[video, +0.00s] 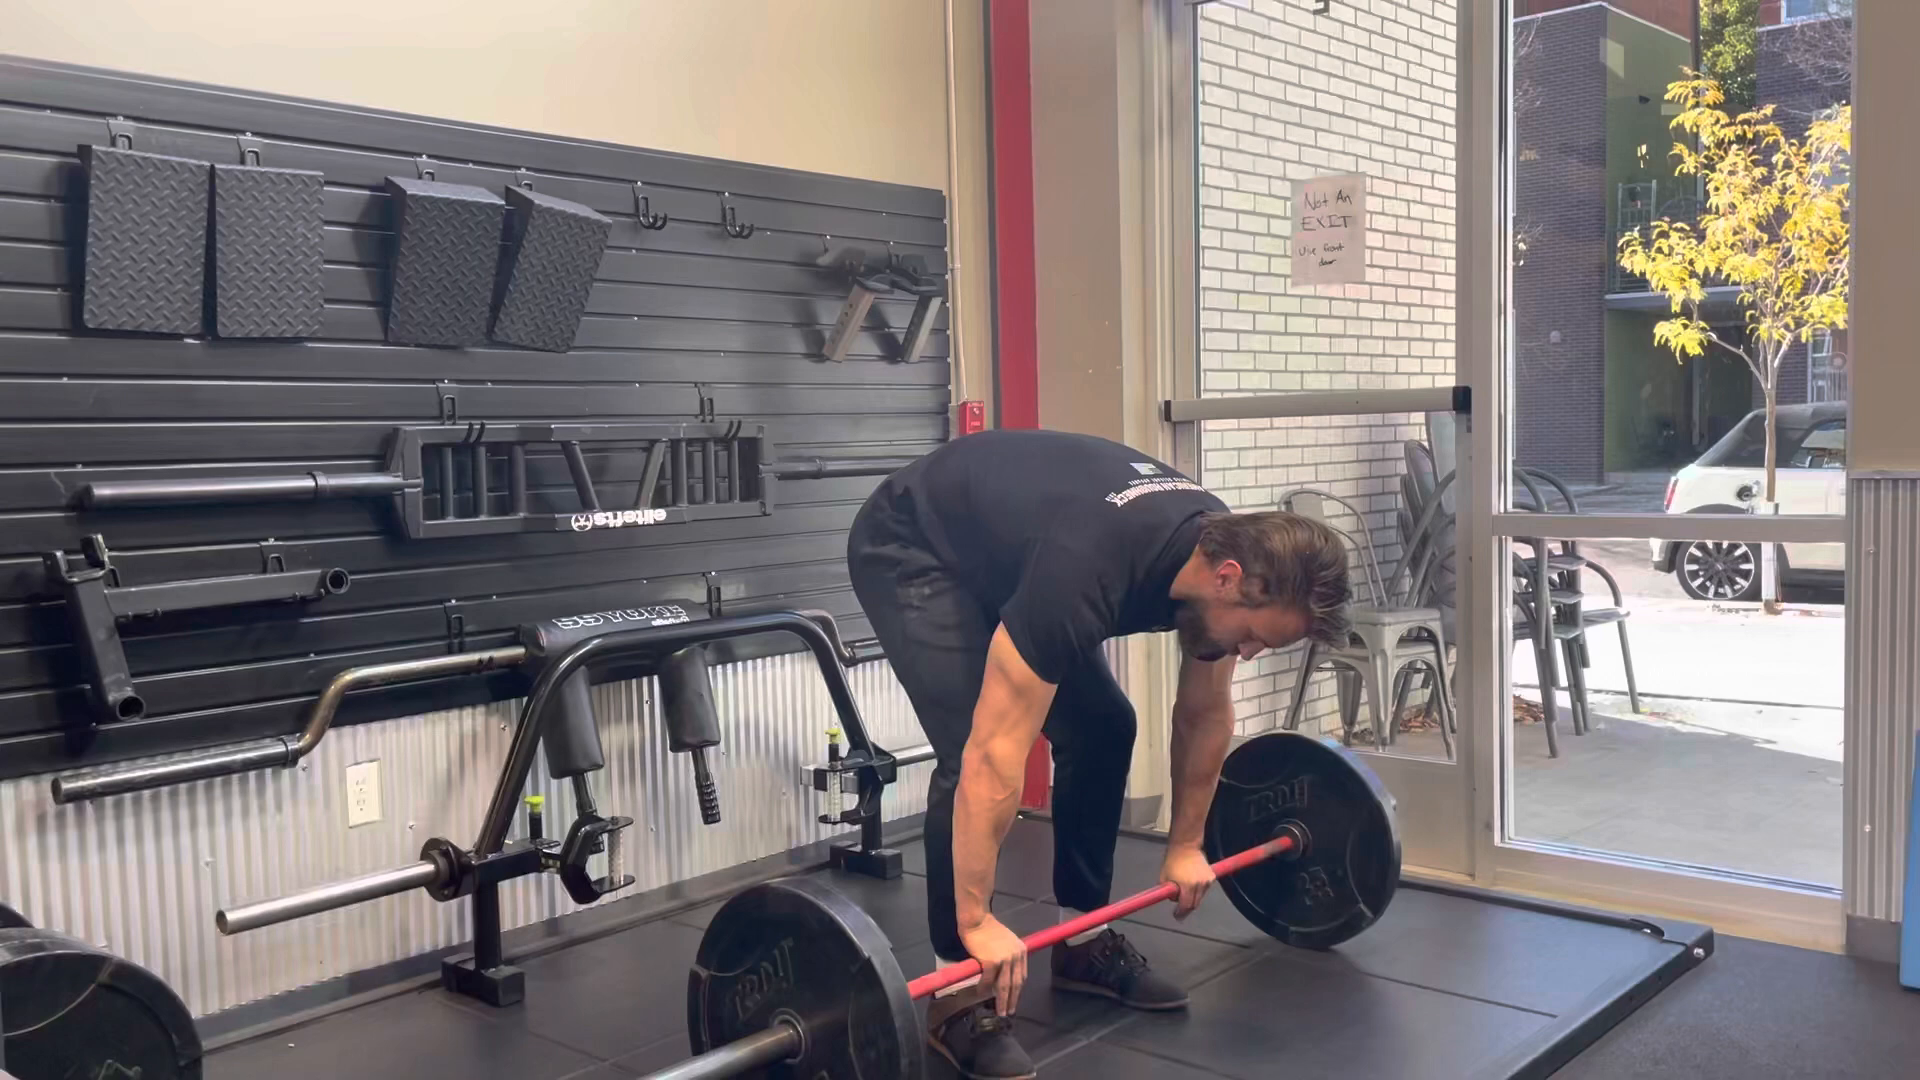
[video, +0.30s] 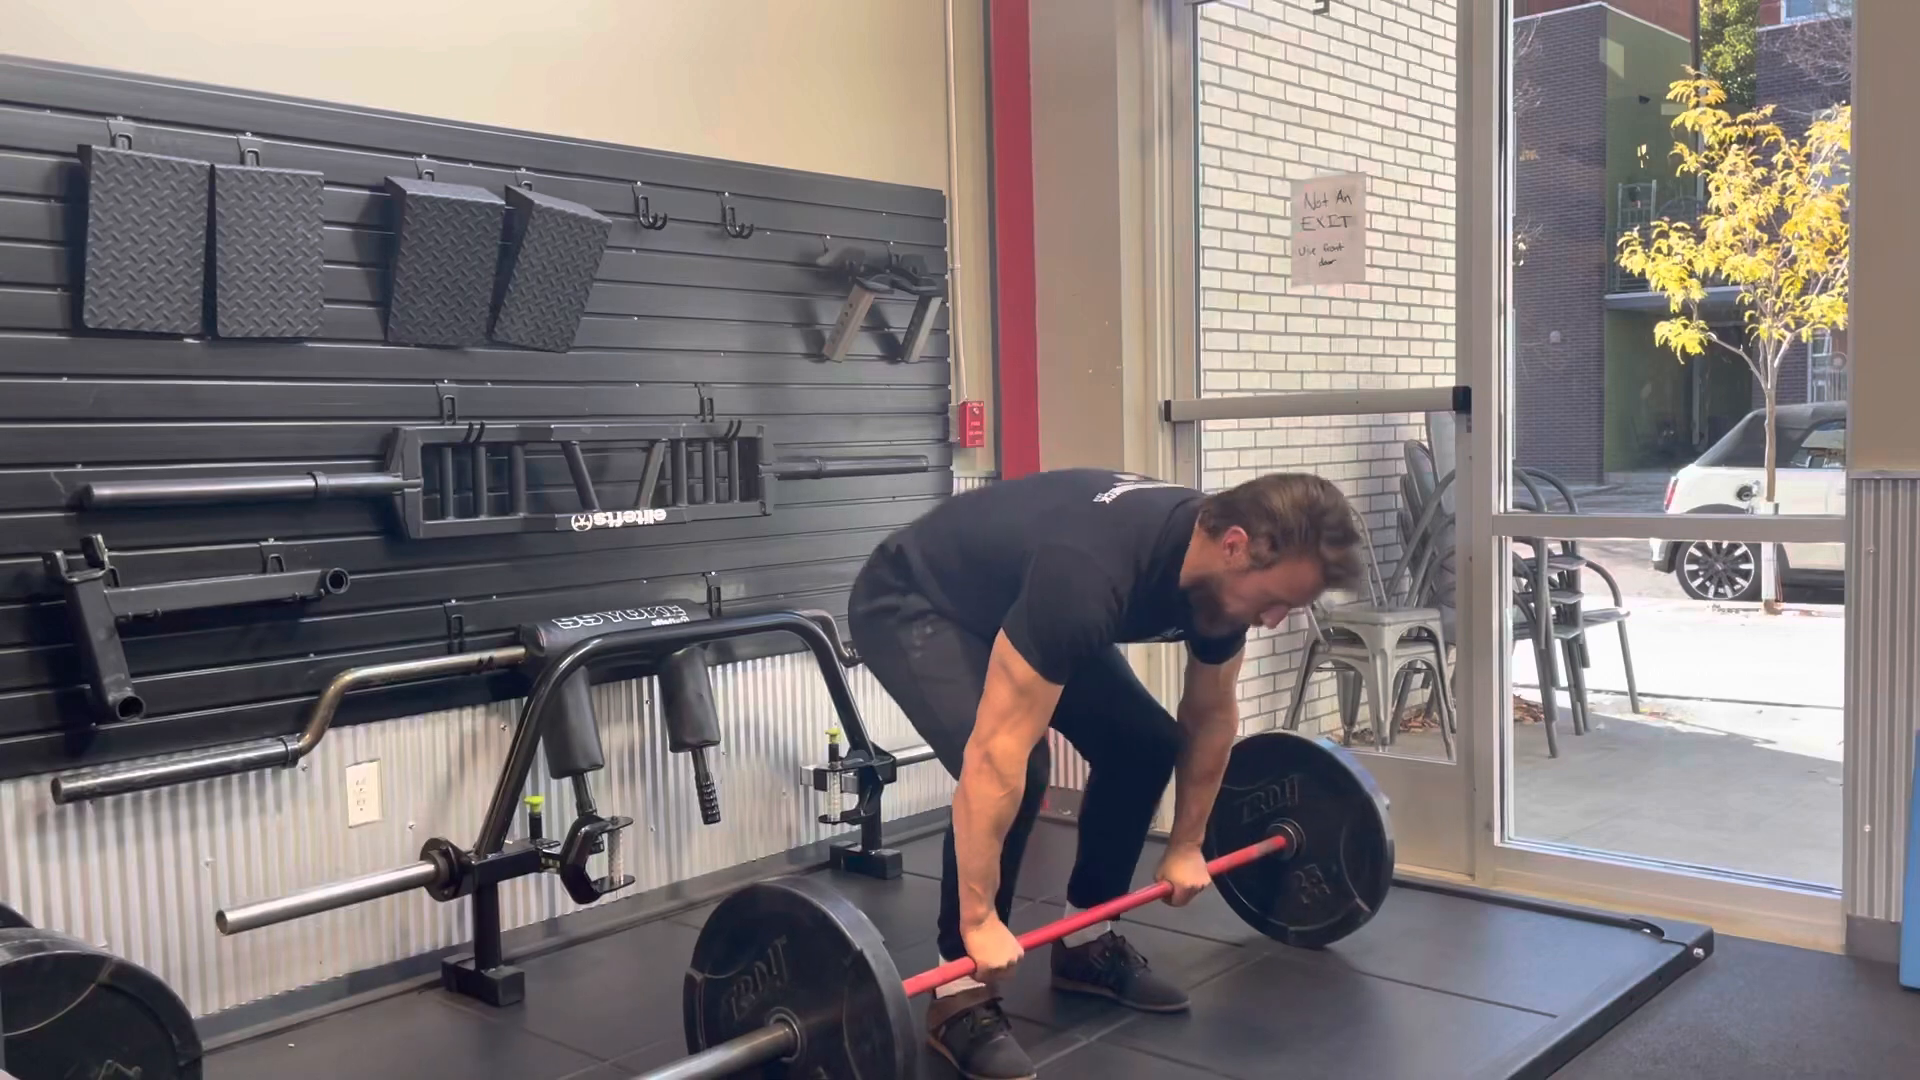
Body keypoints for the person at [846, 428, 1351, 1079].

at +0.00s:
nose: (1246, 654)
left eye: (1264, 647)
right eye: (1254, 637)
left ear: (1233, 576)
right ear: (1226, 578)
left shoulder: (1220, 567)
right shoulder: (1078, 570)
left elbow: (1204, 711)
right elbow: (992, 754)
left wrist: (1185, 845)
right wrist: (972, 918)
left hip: (1011, 557)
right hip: (909, 546)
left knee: (1103, 724)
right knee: (971, 760)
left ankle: (1085, 940)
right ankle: (965, 1001)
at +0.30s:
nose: (1273, 621)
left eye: (1288, 609)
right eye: (1275, 601)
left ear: (1236, 546)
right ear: (1232, 547)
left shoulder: (1220, 581)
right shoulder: (1083, 572)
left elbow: (1210, 712)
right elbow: (992, 754)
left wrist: (1186, 845)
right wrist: (977, 920)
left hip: (1021, 604)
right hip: (911, 602)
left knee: (1145, 744)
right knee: (1012, 775)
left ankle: (1087, 944)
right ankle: (960, 999)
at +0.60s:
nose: (1278, 571)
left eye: (1290, 552)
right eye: (1274, 547)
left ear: (1218, 508)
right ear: (1218, 504)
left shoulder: (1218, 582)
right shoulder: (1084, 588)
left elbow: (1201, 708)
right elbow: (977, 756)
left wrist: (1184, 842)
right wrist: (963, 914)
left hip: (1025, 668)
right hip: (913, 670)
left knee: (1177, 762)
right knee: (1038, 795)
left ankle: (1091, 944)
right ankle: (963, 1004)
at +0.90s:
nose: (1284, 560)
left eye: (1295, 537)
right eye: (1278, 533)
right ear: (1214, 502)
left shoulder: (1218, 584)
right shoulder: (1077, 581)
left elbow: (1201, 712)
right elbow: (979, 754)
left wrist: (1183, 841)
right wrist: (970, 918)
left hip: (1019, 655)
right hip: (909, 651)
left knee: (1169, 757)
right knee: (1033, 785)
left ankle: (1089, 944)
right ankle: (962, 1005)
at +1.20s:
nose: (1283, 537)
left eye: (1290, 516)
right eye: (1274, 511)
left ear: (1213, 494)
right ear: (1208, 488)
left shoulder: (1213, 582)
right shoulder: (1078, 581)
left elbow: (1200, 711)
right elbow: (984, 757)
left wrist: (1184, 841)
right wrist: (972, 916)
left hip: (1021, 667)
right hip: (912, 668)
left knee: (1178, 759)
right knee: (1041, 790)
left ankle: (1088, 946)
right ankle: (961, 1002)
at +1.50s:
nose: (1272, 506)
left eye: (1276, 483)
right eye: (1258, 479)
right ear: (1187, 468)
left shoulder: (1207, 580)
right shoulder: (1070, 577)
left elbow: (1200, 711)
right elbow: (982, 757)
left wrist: (1187, 840)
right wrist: (976, 917)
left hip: (1030, 687)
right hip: (913, 688)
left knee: (1184, 761)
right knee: (1043, 798)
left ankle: (1088, 944)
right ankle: (962, 1000)